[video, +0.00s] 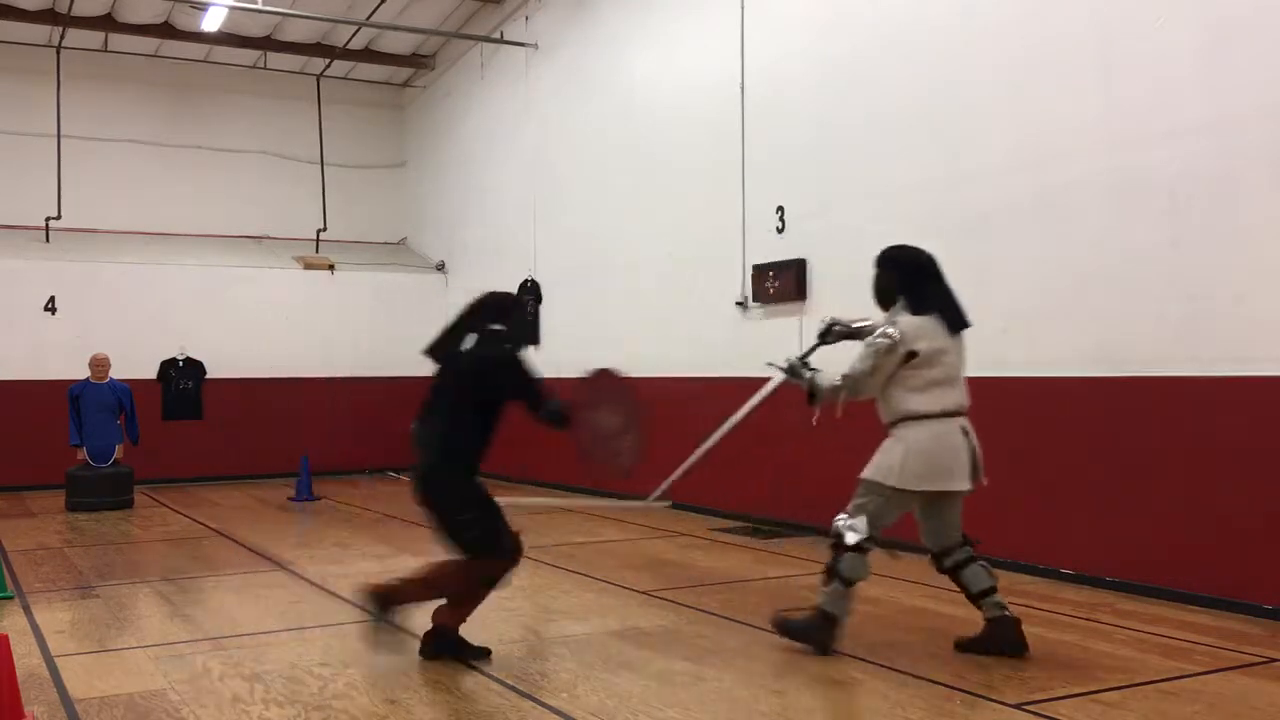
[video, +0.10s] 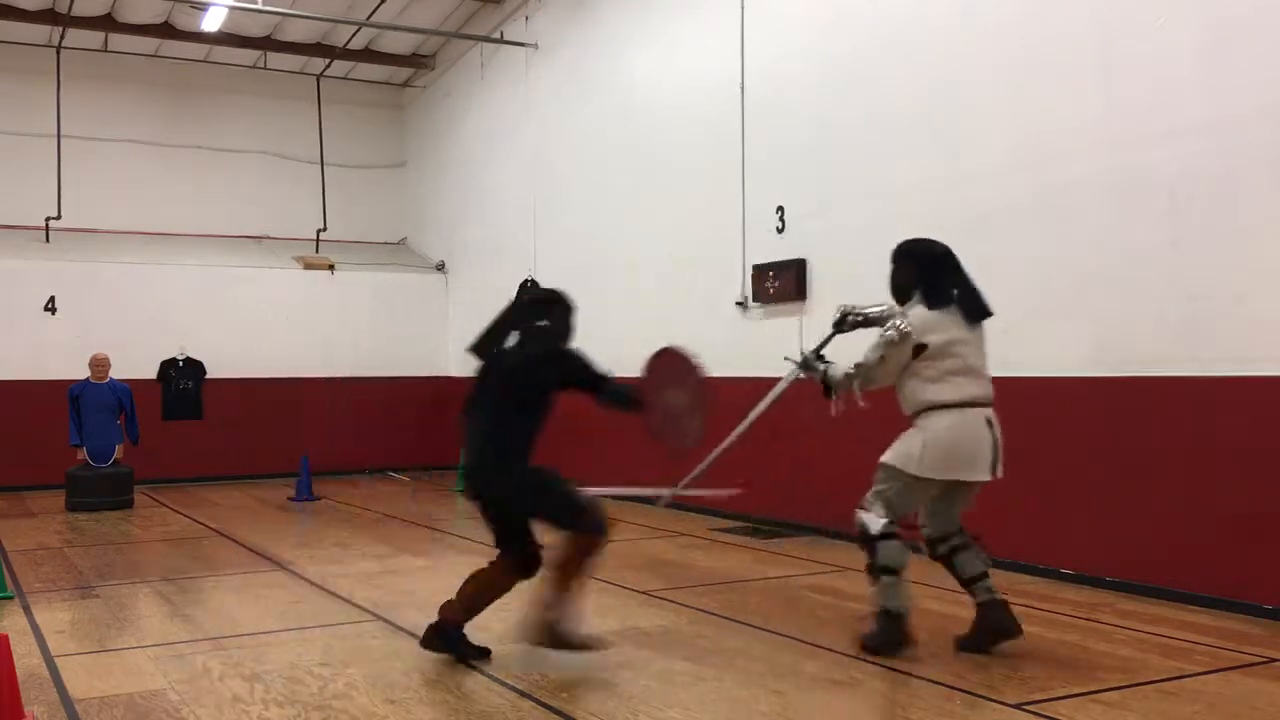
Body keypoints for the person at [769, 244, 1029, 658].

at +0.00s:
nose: (874, 285)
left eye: (879, 277)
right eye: (876, 276)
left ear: (895, 282)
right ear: (923, 280)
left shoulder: (897, 331)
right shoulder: (946, 324)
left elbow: (858, 382)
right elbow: (903, 334)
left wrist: (812, 381)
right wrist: (855, 329)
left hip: (913, 445)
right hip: (954, 441)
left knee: (854, 528)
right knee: (947, 545)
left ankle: (825, 622)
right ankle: (1002, 624)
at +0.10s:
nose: (892, 279)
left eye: (896, 271)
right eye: (894, 271)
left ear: (912, 275)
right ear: (941, 273)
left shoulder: (910, 323)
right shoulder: (966, 313)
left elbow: (871, 373)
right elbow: (922, 323)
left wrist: (827, 374)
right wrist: (875, 315)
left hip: (938, 433)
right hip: (982, 432)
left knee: (876, 514)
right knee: (941, 527)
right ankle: (993, 611)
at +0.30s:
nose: (943, 292)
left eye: (949, 284)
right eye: (945, 283)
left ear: (964, 289)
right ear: (993, 286)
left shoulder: (957, 336)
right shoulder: (1016, 326)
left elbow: (905, 376)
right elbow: (948, 316)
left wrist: (860, 377)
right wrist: (895, 319)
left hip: (978, 445)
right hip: (1022, 443)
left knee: (912, 527)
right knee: (993, 527)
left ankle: (905, 632)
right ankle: (1064, 582)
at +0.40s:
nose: (979, 297)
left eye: (984, 290)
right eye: (981, 288)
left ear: (1000, 295)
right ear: (1028, 291)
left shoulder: (998, 339)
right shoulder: (1050, 329)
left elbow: (947, 377)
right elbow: (973, 323)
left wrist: (894, 392)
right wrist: (920, 338)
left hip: (1011, 448)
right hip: (1052, 446)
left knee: (954, 531)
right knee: (1039, 542)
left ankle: (916, 628)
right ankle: (1119, 601)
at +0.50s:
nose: (999, 305)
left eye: (1004, 298)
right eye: (1000, 297)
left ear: (1020, 303)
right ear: (1052, 297)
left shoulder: (1019, 349)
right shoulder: (1075, 333)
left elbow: (971, 390)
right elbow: (1008, 323)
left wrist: (920, 397)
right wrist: (955, 336)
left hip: (1047, 455)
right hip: (1089, 450)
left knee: (987, 536)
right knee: (1076, 545)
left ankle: (954, 624)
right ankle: (1135, 611)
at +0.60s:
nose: (1019, 302)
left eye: (1022, 296)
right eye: (1019, 296)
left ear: (1037, 298)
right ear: (1068, 289)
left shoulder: (1036, 341)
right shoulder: (1097, 322)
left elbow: (995, 389)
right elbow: (1037, 308)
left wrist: (952, 377)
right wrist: (987, 317)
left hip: (1066, 449)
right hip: (1113, 444)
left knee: (1003, 531)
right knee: (1089, 536)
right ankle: (1138, 613)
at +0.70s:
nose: (1044, 299)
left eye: (1045, 293)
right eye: (1042, 293)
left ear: (1056, 291)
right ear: (1090, 279)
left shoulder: (1051, 325)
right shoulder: (1119, 314)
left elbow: (1008, 375)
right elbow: (1074, 304)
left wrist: (978, 338)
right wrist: (1027, 288)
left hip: (1074, 442)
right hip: (1123, 439)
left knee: (1025, 531)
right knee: (1100, 529)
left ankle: (1053, 623)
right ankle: (1141, 614)